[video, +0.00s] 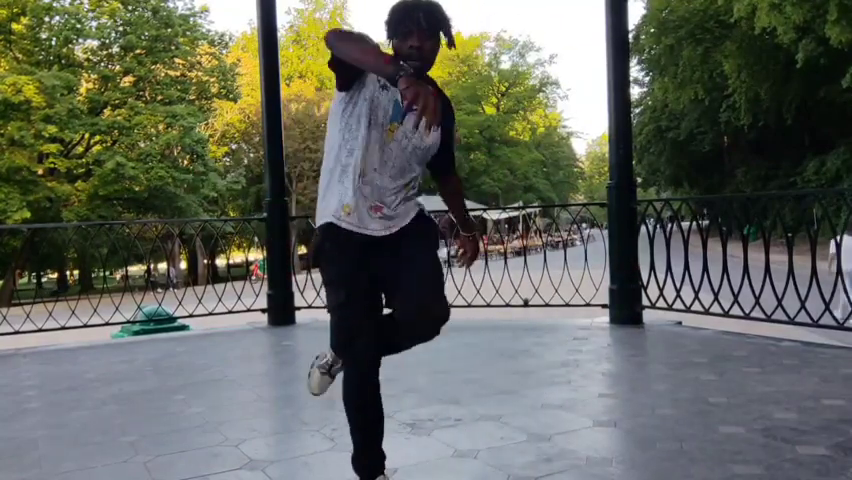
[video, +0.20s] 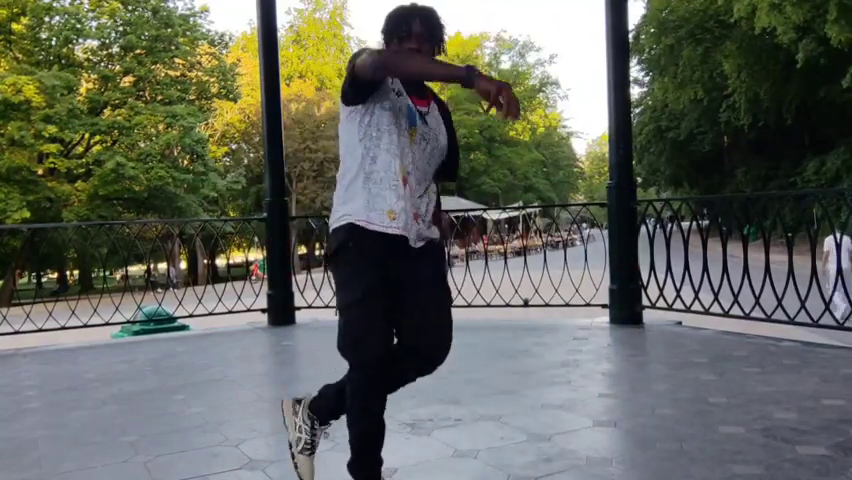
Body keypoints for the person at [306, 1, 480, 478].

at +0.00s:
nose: (418, 46)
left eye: (428, 38)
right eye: (408, 36)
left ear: (440, 44)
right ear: (393, 39)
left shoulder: (438, 106)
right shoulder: (361, 74)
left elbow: (445, 172)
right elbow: (336, 39)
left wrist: (465, 223)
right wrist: (402, 76)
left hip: (405, 224)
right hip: (344, 227)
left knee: (426, 319)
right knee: (360, 353)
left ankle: (346, 348)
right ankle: (370, 469)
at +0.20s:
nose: (423, 53)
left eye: (430, 47)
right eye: (416, 43)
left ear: (437, 52)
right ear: (392, 43)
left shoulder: (437, 110)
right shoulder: (364, 77)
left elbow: (427, 183)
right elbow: (382, 63)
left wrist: (440, 225)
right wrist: (469, 76)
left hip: (418, 242)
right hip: (362, 234)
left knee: (428, 348)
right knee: (370, 358)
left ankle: (313, 412)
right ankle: (367, 473)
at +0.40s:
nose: (420, 52)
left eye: (430, 45)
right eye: (409, 42)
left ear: (439, 54)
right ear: (391, 47)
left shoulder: (424, 106)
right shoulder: (377, 80)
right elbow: (447, 126)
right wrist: (516, 126)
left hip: (425, 237)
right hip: (376, 233)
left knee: (461, 338)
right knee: (401, 355)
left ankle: (359, 407)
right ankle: (397, 469)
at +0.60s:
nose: (444, 64)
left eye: (454, 56)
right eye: (434, 53)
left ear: (461, 64)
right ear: (413, 57)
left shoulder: (418, 102)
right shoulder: (404, 98)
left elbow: (378, 176)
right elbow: (441, 180)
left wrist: (358, 236)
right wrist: (494, 213)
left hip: (421, 235)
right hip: (390, 237)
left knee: (470, 318)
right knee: (427, 344)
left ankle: (419, 421)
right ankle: (400, 469)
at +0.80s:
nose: (463, 82)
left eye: (471, 74)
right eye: (456, 71)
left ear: (477, 76)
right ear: (435, 69)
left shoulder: (418, 106)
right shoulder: (424, 111)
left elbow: (377, 156)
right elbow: (421, 198)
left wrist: (375, 214)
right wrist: (454, 276)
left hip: (408, 237)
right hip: (408, 240)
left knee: (453, 331)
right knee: (451, 336)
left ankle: (418, 432)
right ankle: (407, 458)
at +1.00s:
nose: (458, 82)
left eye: (467, 76)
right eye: (450, 72)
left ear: (474, 79)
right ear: (432, 72)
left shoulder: (450, 122)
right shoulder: (407, 108)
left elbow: (441, 183)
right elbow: (366, 166)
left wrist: (475, 215)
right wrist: (360, 233)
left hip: (441, 234)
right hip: (418, 234)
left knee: (464, 322)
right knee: (494, 320)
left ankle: (420, 414)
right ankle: (462, 425)